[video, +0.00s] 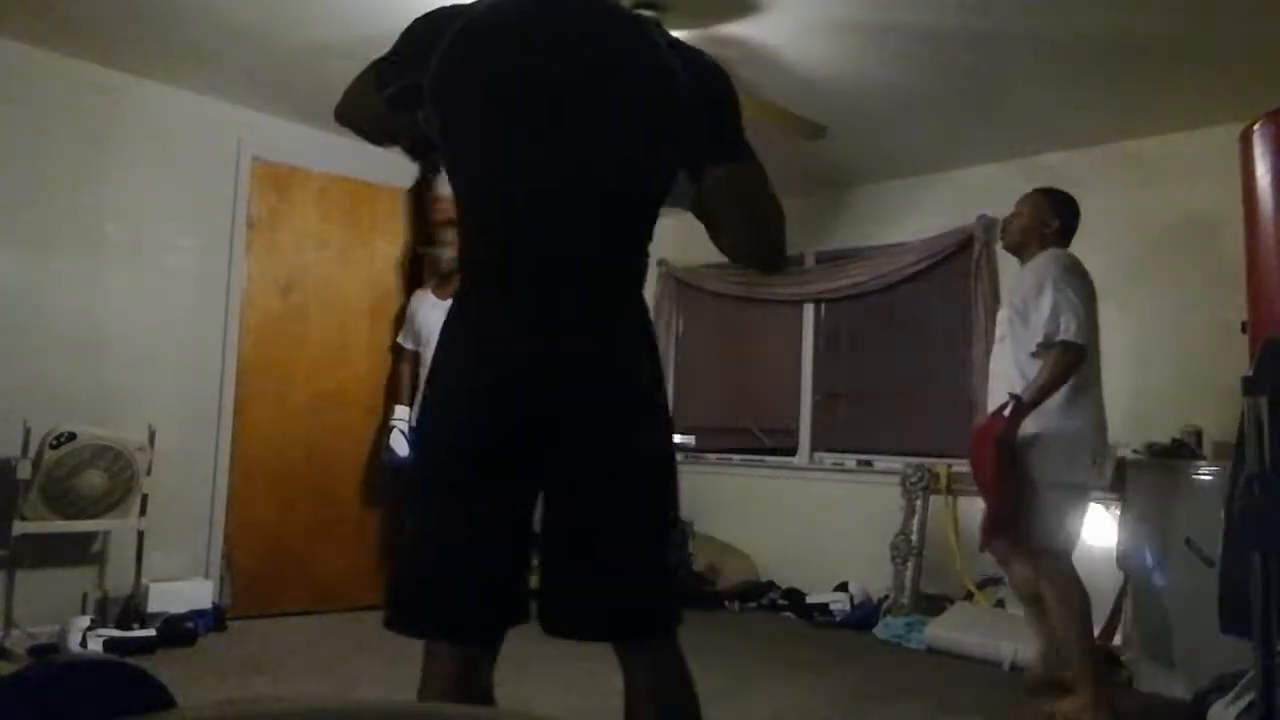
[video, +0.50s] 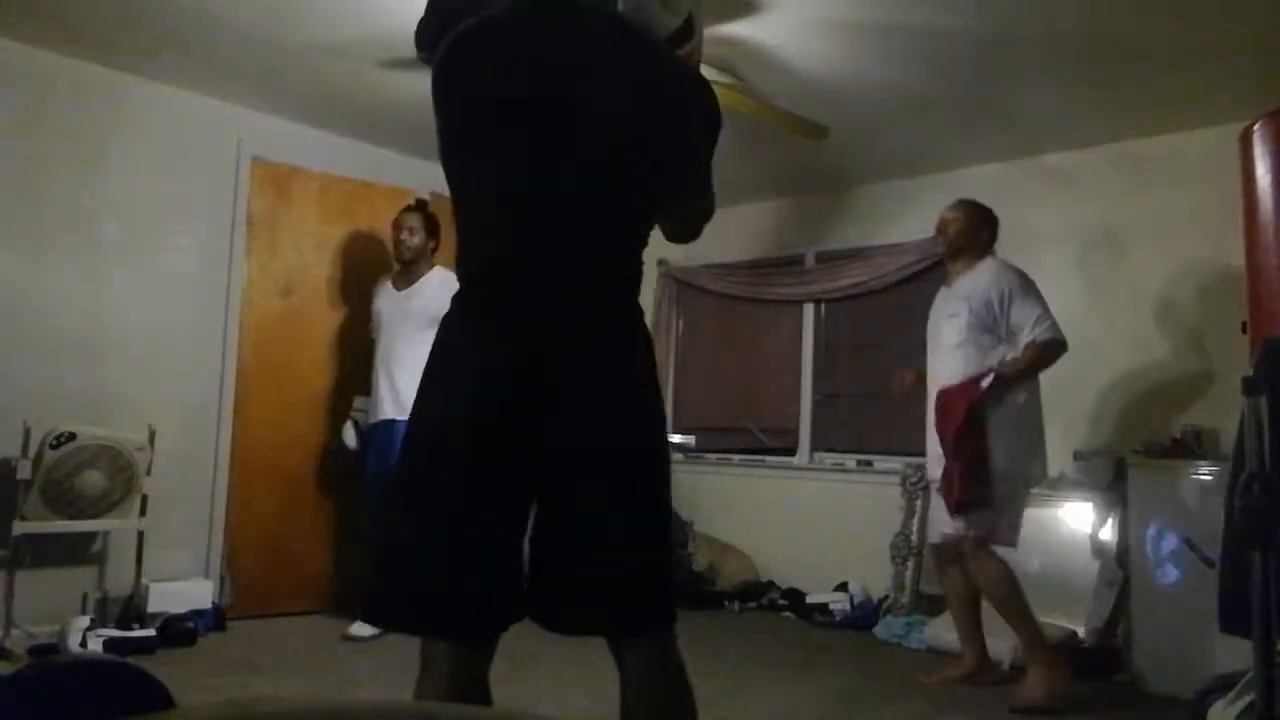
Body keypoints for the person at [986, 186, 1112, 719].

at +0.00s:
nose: (1007, 221)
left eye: (1018, 212)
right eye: (1011, 213)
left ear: (1048, 225)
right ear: (1049, 227)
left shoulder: (1056, 269)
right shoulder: (1039, 272)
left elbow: (1067, 350)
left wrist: (1014, 411)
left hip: (1055, 448)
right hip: (1033, 445)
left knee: (1049, 559)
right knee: (1009, 547)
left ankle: (1084, 691)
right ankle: (1058, 656)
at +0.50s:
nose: (938, 232)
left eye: (949, 223)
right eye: (938, 225)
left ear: (979, 234)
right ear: (947, 237)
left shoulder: (1002, 278)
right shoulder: (945, 293)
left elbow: (1050, 341)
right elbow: (957, 360)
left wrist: (997, 379)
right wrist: (920, 378)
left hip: (996, 446)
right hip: (951, 448)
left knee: (975, 549)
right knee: (947, 549)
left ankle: (1041, 659)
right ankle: (974, 659)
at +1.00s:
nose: (908, 215)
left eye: (920, 208)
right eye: (907, 208)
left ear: (946, 221)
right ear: (908, 223)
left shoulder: (969, 267)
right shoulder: (902, 282)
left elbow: (1010, 336)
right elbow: (911, 351)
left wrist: (950, 358)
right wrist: (885, 359)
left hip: (961, 432)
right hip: (910, 432)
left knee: (955, 538)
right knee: (896, 525)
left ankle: (994, 667)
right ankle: (930, 638)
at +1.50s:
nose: (851, 242)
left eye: (861, 232)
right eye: (852, 234)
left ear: (892, 238)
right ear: (867, 243)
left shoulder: (915, 280)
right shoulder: (861, 295)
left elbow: (960, 338)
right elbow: (849, 352)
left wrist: (901, 360)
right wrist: (833, 361)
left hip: (905, 441)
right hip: (870, 442)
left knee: (895, 544)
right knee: (884, 542)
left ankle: (906, 672)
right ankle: (917, 650)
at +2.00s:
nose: (794, 244)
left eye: (804, 236)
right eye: (795, 237)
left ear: (834, 242)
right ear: (810, 245)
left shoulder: (853, 280)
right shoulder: (811, 297)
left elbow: (875, 354)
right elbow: (811, 367)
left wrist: (807, 365)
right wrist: (772, 378)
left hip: (854, 448)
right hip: (814, 449)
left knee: (854, 548)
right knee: (792, 541)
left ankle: (897, 674)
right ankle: (796, 644)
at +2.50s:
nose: (768, 237)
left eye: (778, 229)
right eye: (768, 230)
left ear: (808, 235)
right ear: (777, 239)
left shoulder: (830, 278)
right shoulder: (774, 292)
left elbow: (853, 352)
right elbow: (769, 354)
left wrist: (779, 364)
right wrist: (738, 363)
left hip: (817, 440)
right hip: (775, 438)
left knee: (807, 544)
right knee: (771, 541)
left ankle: (833, 672)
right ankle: (793, 642)